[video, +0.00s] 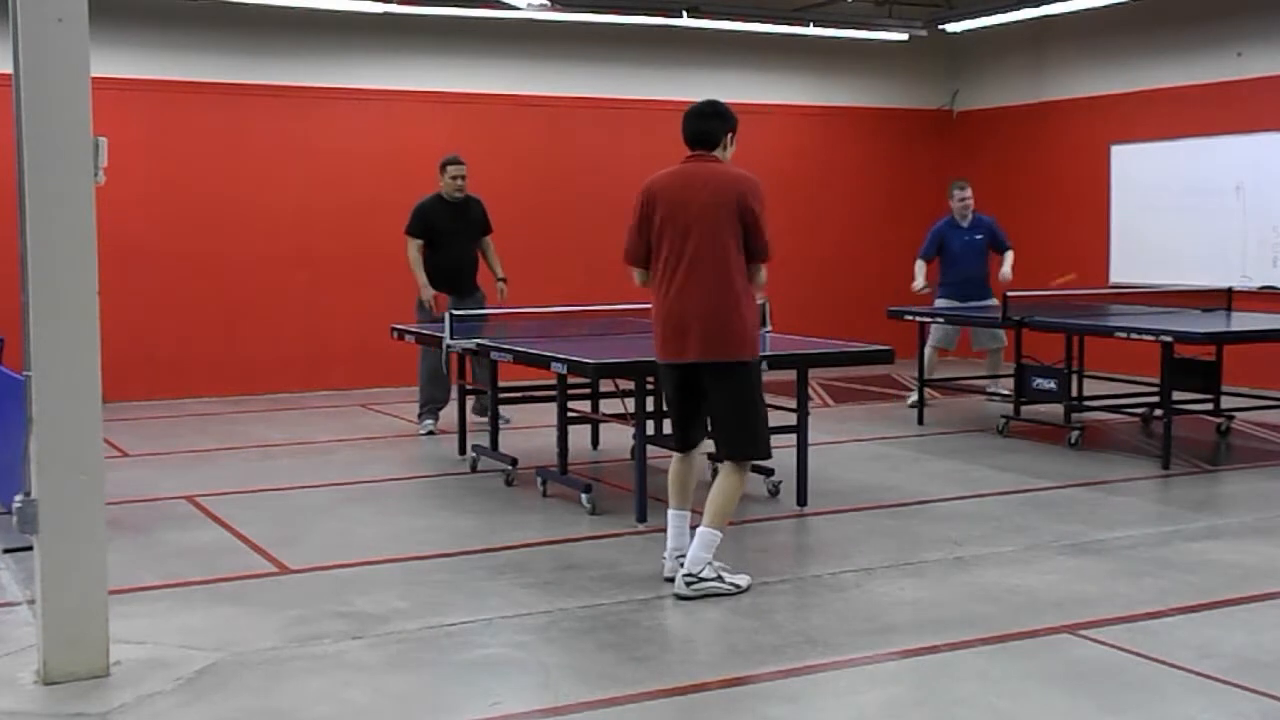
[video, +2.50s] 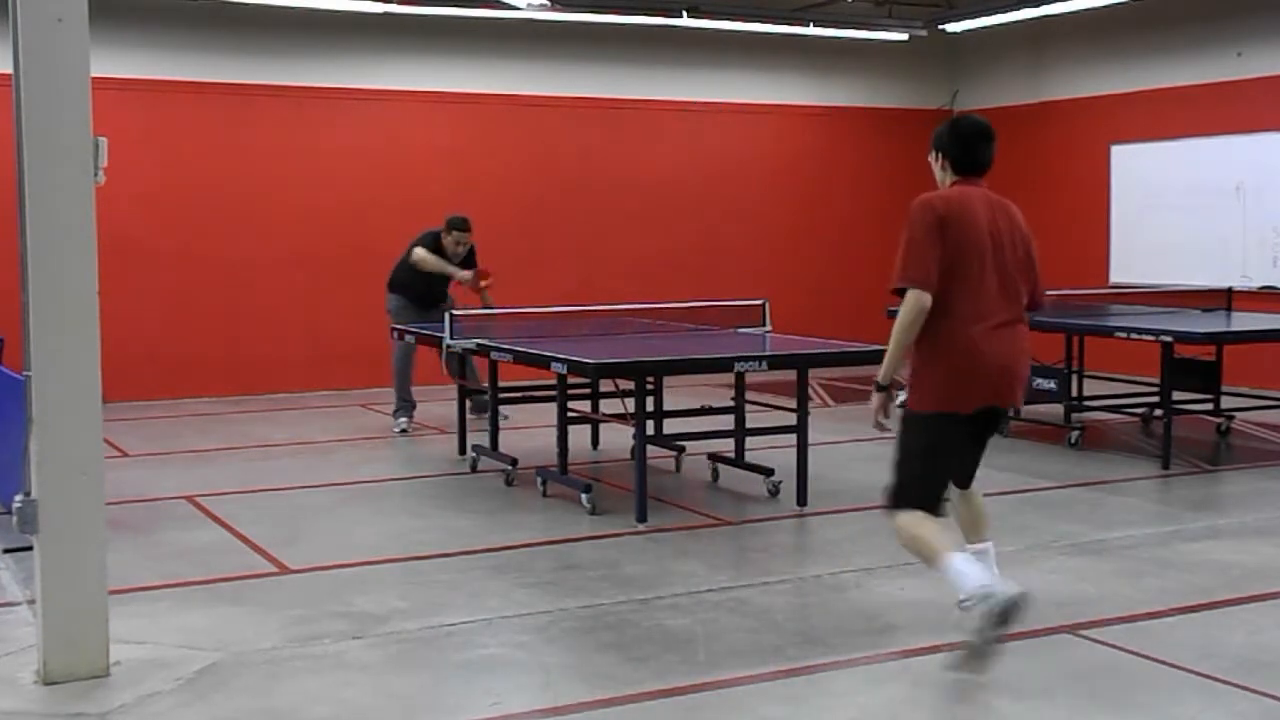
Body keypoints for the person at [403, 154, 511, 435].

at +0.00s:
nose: (460, 183)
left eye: (463, 178)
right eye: (454, 178)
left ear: (467, 179)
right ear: (441, 179)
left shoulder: (475, 207)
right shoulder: (425, 210)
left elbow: (485, 243)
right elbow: (414, 249)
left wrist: (499, 276)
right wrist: (424, 286)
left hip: (469, 292)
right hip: (434, 294)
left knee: (483, 347)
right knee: (433, 352)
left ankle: (485, 403)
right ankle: (429, 412)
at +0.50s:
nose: (492, 222)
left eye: (495, 216)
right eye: (486, 216)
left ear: (499, 214)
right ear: (473, 214)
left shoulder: (501, 236)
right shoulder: (451, 234)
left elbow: (506, 270)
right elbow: (423, 262)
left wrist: (517, 302)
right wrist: (453, 290)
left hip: (480, 301)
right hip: (446, 302)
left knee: (490, 355)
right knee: (451, 357)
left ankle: (487, 407)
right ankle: (454, 413)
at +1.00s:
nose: (493, 240)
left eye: (496, 234)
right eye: (488, 234)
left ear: (498, 229)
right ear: (473, 228)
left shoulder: (473, 232)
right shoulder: (459, 245)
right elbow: (489, 264)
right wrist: (521, 272)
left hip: (452, 302)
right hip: (427, 303)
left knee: (459, 354)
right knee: (438, 361)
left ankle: (457, 406)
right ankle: (453, 416)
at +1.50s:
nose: (470, 208)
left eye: (473, 203)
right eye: (464, 203)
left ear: (476, 203)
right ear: (450, 202)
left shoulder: (474, 227)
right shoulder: (430, 226)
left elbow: (476, 257)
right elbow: (402, 256)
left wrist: (491, 289)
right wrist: (419, 290)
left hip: (446, 302)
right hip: (419, 301)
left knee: (453, 358)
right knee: (431, 357)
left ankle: (428, 407)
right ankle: (441, 413)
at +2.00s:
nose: (457, 205)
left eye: (460, 199)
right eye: (451, 199)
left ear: (465, 200)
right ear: (439, 200)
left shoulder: (473, 223)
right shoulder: (423, 224)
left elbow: (483, 255)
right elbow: (398, 256)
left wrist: (492, 284)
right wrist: (419, 285)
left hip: (457, 298)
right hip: (420, 297)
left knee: (473, 349)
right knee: (408, 351)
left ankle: (485, 402)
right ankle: (400, 411)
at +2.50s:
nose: (462, 250)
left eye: (466, 244)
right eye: (457, 243)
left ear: (471, 240)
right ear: (445, 236)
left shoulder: (467, 251)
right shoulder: (429, 241)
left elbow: (473, 280)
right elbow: (417, 257)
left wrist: (487, 302)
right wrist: (457, 273)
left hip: (437, 302)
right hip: (405, 299)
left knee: (457, 349)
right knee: (405, 347)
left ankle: (479, 402)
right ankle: (403, 412)